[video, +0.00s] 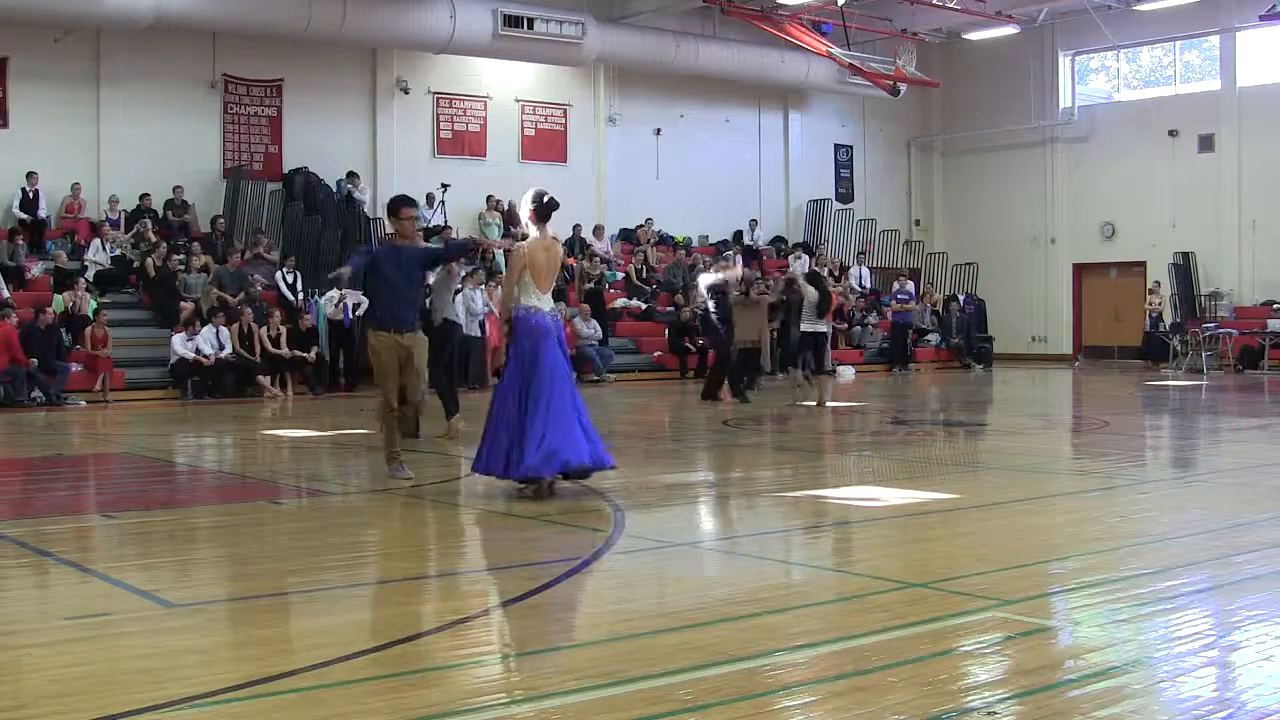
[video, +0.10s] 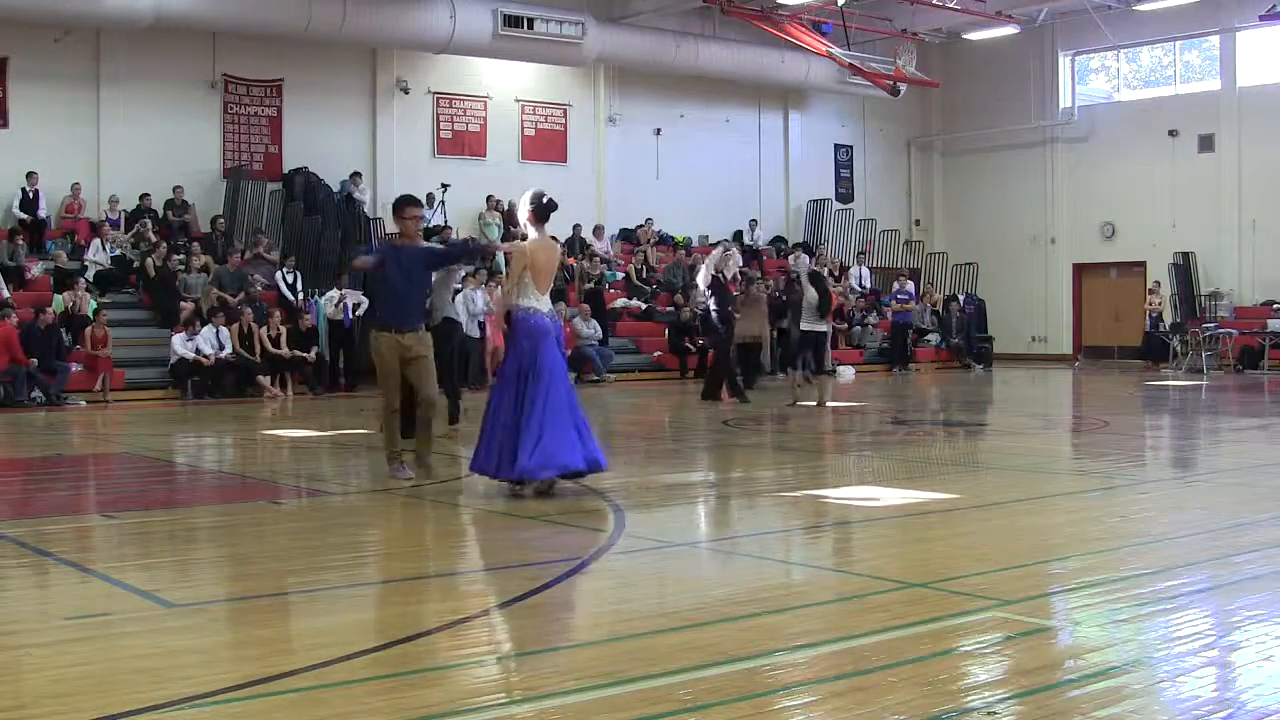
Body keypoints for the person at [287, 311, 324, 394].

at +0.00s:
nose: (310, 322)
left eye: (310, 320)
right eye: (307, 320)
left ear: (311, 320)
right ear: (300, 321)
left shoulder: (313, 329)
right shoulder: (293, 331)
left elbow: (315, 344)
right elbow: (292, 349)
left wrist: (312, 353)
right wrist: (304, 355)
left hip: (310, 354)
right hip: (298, 355)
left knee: (320, 359)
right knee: (305, 364)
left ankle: (318, 385)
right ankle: (313, 387)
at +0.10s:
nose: (310, 322)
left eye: (310, 320)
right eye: (307, 320)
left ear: (311, 320)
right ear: (300, 321)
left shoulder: (313, 329)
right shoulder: (293, 331)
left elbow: (315, 344)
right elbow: (292, 349)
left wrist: (312, 353)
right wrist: (304, 355)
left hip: (310, 354)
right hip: (298, 355)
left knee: (320, 359)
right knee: (305, 364)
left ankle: (318, 385)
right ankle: (313, 387)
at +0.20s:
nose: (310, 322)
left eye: (310, 320)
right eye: (307, 320)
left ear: (311, 320)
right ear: (300, 321)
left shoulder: (313, 329)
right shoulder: (293, 331)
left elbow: (315, 344)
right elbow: (292, 349)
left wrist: (312, 353)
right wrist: (304, 355)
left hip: (310, 354)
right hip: (298, 355)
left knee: (320, 359)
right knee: (305, 364)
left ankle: (318, 385)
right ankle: (313, 387)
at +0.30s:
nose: (310, 322)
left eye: (310, 320)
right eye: (307, 320)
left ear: (311, 320)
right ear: (300, 321)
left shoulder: (313, 330)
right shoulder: (293, 331)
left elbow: (315, 344)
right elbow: (292, 349)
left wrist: (312, 353)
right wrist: (304, 355)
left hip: (310, 354)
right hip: (298, 355)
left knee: (320, 359)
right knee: (305, 364)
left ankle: (319, 385)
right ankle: (313, 387)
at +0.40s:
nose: (310, 322)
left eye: (310, 320)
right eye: (307, 320)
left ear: (311, 320)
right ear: (300, 322)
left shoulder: (313, 330)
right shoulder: (292, 331)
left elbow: (315, 345)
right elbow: (292, 349)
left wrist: (313, 353)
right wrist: (304, 355)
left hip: (309, 355)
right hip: (297, 356)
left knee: (320, 358)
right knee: (305, 363)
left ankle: (320, 385)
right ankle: (314, 387)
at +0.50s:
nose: (310, 322)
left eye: (310, 320)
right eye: (307, 320)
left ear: (311, 321)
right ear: (300, 322)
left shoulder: (313, 330)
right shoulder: (293, 331)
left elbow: (315, 345)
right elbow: (292, 349)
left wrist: (313, 353)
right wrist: (305, 355)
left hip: (309, 355)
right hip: (298, 355)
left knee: (320, 358)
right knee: (305, 364)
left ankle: (320, 385)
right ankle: (313, 387)